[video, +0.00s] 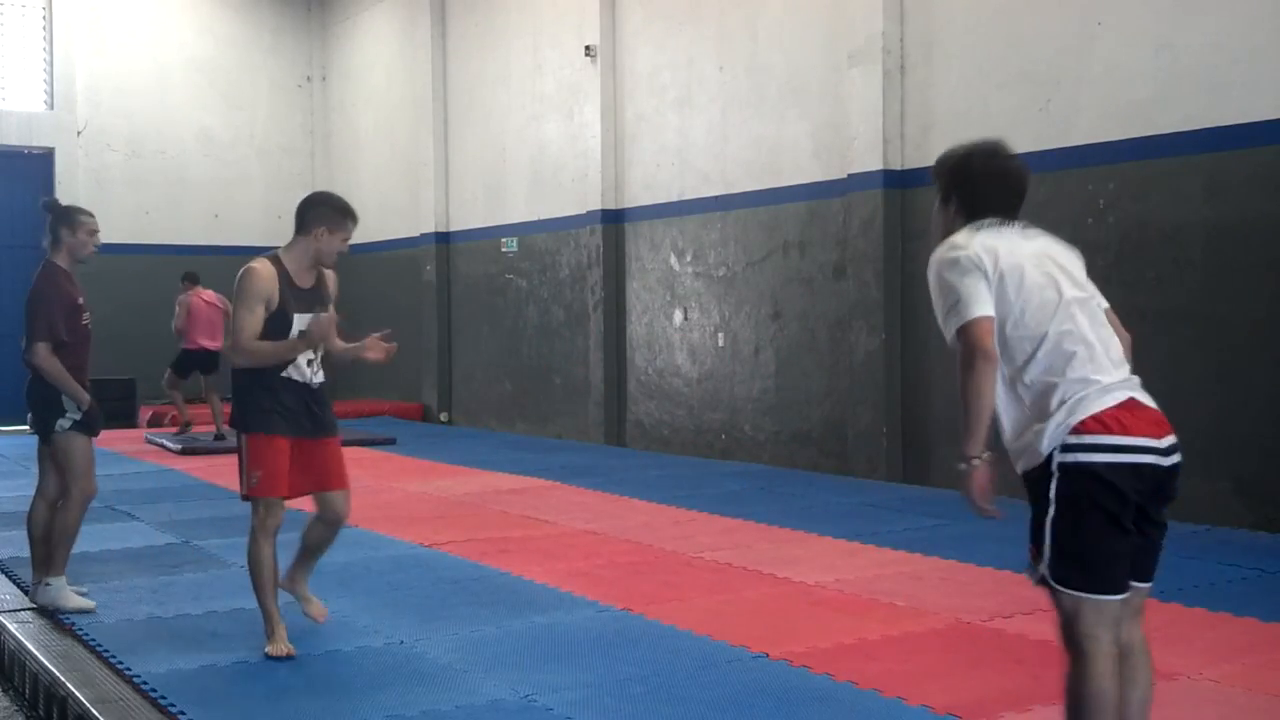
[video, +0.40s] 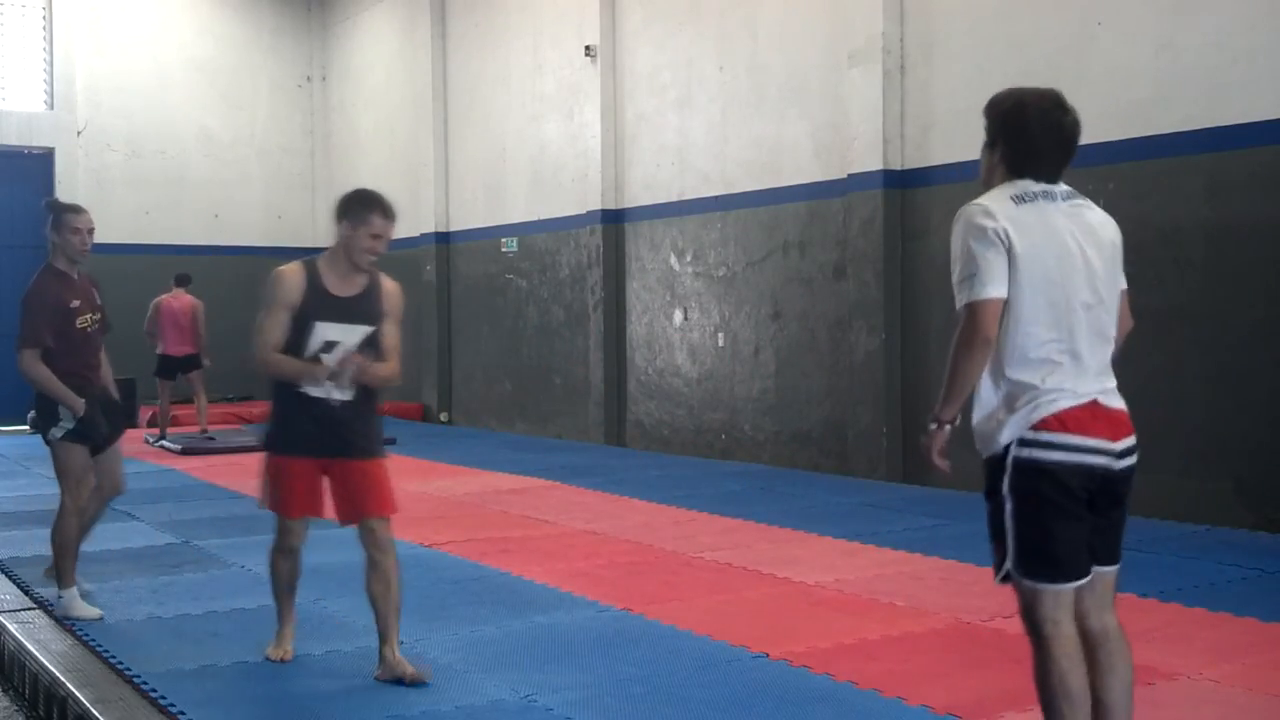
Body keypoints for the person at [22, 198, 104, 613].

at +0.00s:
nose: (95, 241)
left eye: (96, 234)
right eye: (90, 233)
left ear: (69, 237)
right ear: (65, 235)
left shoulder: (62, 277)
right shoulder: (50, 282)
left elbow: (56, 345)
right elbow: (39, 352)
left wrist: (79, 389)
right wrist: (82, 397)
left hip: (59, 392)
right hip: (57, 395)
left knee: (50, 489)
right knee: (82, 487)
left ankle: (43, 580)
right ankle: (53, 582)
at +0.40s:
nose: (87, 239)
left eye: (90, 232)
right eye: (77, 232)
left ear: (90, 236)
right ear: (55, 235)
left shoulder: (85, 282)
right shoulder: (43, 288)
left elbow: (96, 347)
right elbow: (28, 361)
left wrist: (114, 397)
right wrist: (79, 405)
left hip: (94, 398)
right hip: (61, 405)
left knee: (111, 485)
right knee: (77, 492)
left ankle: (58, 561)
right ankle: (67, 593)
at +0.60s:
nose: (80, 237)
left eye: (86, 230)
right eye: (71, 230)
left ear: (93, 232)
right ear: (55, 233)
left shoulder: (104, 280)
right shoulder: (41, 289)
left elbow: (118, 341)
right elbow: (19, 358)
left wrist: (129, 393)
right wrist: (65, 407)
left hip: (112, 402)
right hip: (67, 408)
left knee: (139, 488)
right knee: (69, 502)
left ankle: (113, 575)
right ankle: (67, 595)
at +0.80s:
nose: (92, 240)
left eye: (99, 232)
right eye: (84, 232)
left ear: (109, 234)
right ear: (69, 235)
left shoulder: (128, 285)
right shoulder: (51, 292)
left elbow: (141, 345)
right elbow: (24, 360)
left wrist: (146, 395)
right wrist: (63, 408)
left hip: (127, 404)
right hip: (77, 409)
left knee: (152, 500)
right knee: (74, 507)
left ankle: (169, 593)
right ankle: (68, 595)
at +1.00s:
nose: (119, 241)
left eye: (127, 234)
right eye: (110, 234)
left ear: (137, 238)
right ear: (97, 237)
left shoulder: (157, 291)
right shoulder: (74, 294)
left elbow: (173, 356)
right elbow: (46, 364)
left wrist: (172, 412)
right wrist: (78, 413)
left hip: (151, 412)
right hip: (95, 414)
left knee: (167, 508)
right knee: (86, 512)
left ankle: (178, 606)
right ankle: (72, 591)